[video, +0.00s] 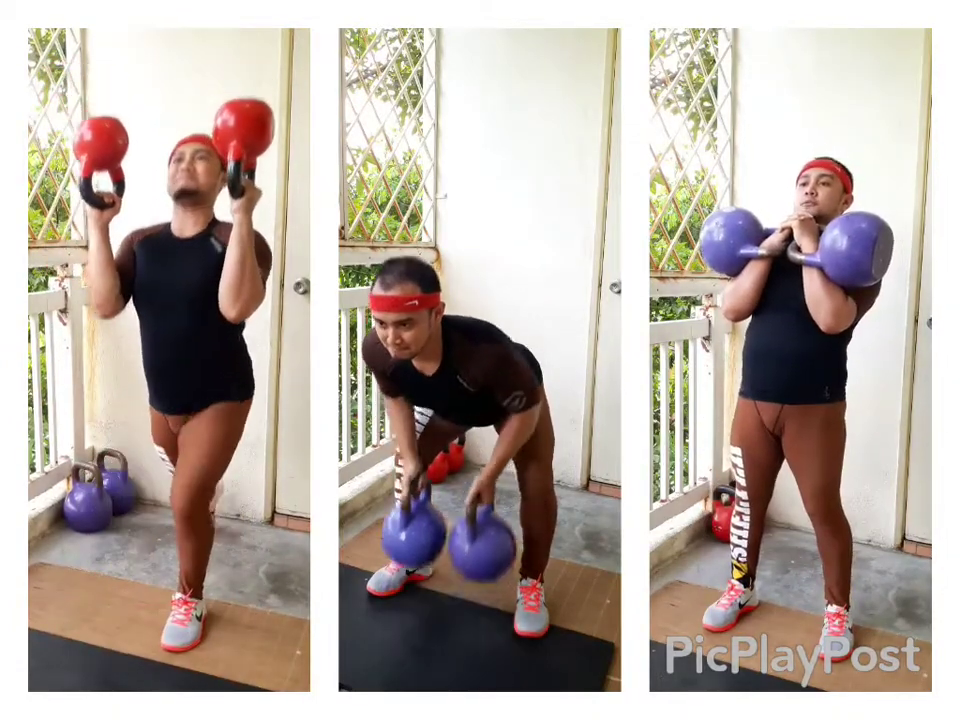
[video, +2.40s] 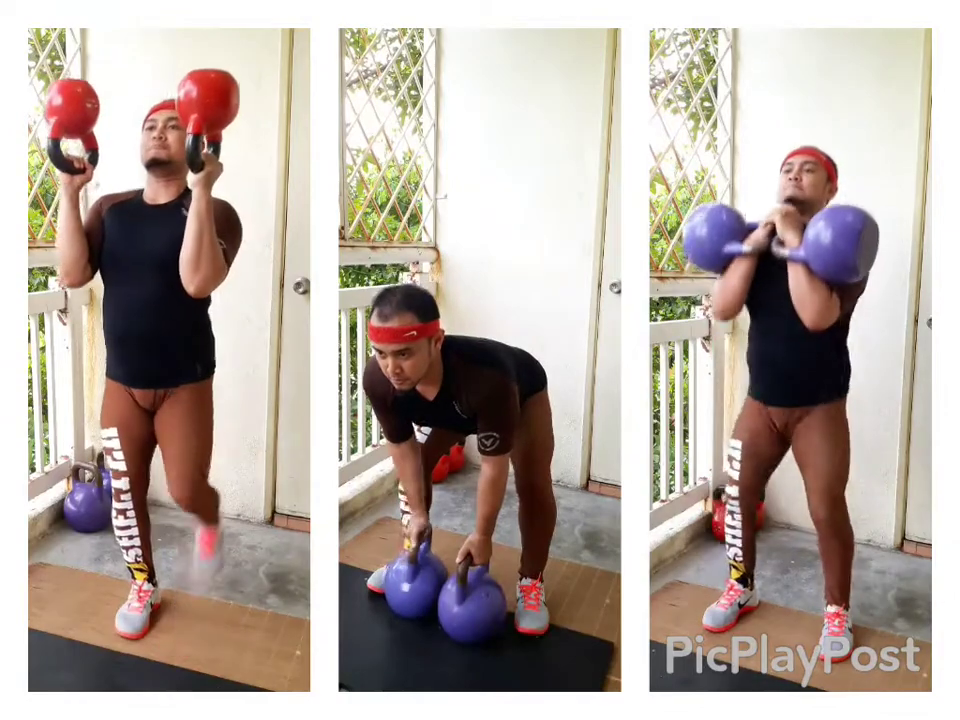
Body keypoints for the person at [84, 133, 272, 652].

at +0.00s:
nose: (186, 166)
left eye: (201, 158)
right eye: (177, 160)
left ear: (222, 177)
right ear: (167, 179)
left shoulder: (243, 241)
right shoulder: (141, 241)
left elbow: (236, 307)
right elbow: (105, 304)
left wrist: (241, 215)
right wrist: (99, 223)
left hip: (222, 391)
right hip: (163, 392)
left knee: (187, 502)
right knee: (185, 480)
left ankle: (189, 598)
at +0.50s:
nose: (199, 241)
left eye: (211, 235)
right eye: (191, 235)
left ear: (230, 250)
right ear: (179, 250)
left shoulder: (253, 311)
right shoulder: (155, 307)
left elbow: (239, 380)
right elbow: (122, 372)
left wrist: (241, 297)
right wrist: (111, 301)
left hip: (228, 441)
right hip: (170, 443)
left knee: (187, 512)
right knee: (175, 517)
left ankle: (188, 600)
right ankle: (196, 574)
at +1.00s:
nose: (200, 206)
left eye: (213, 199)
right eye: (192, 199)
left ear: (233, 215)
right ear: (181, 213)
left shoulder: (254, 283)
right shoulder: (154, 271)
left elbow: (243, 354)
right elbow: (119, 336)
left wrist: (247, 267)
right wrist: (112, 259)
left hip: (223, 416)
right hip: (166, 410)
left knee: (184, 510)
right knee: (171, 472)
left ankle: (189, 600)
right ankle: (207, 506)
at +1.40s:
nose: (198, 122)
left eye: (211, 116)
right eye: (191, 117)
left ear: (236, 136)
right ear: (180, 137)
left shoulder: (258, 208)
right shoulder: (149, 202)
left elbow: (240, 276)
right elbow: (110, 268)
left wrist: (243, 180)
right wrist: (104, 184)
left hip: (216, 380)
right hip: (154, 373)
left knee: (201, 494)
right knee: (144, 479)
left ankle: (191, 597)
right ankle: (172, 538)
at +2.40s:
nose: (159, 134)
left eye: (172, 126)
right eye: (150, 127)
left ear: (195, 144)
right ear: (139, 146)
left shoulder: (216, 214)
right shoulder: (110, 207)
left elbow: (198, 282)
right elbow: (73, 274)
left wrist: (201, 189)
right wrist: (70, 194)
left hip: (185, 381)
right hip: (122, 379)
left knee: (186, 493)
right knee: (126, 493)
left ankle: (212, 517)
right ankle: (142, 584)